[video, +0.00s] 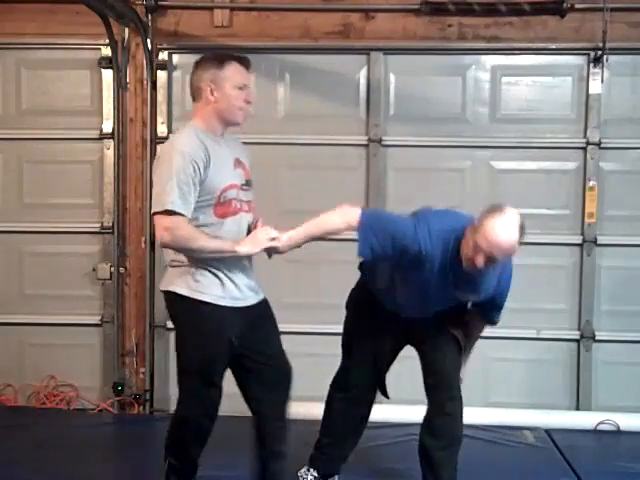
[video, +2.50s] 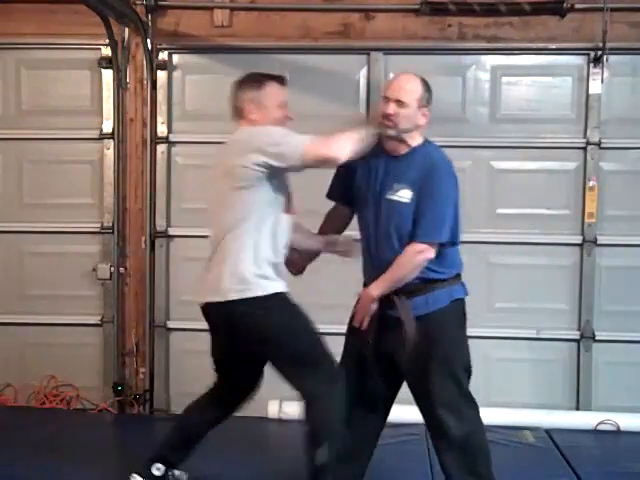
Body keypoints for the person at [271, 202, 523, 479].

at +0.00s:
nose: (479, 262)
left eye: (491, 259)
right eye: (478, 250)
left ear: (505, 256)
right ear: (471, 230)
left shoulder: (498, 273)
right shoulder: (422, 238)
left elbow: (478, 321)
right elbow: (350, 216)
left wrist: (453, 367)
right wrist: (291, 238)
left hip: (437, 315)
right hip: (380, 303)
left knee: (446, 397)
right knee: (355, 384)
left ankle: (440, 475)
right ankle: (321, 470)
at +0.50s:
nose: (395, 121)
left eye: (404, 115)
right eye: (397, 112)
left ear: (435, 125)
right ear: (424, 122)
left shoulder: (464, 179)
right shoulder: (388, 163)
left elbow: (505, 253)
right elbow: (377, 226)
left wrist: (523, 324)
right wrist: (370, 286)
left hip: (455, 302)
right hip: (401, 298)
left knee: (445, 397)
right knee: (395, 395)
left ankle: (442, 472)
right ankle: (401, 470)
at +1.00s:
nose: (382, 105)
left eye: (387, 97)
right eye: (384, 96)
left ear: (410, 102)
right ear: (414, 104)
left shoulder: (436, 157)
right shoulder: (416, 155)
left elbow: (414, 242)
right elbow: (412, 238)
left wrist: (363, 299)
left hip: (449, 293)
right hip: (421, 293)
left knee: (454, 405)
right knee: (394, 403)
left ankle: (487, 476)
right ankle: (398, 474)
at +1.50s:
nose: (423, 110)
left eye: (429, 101)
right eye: (425, 100)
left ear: (455, 105)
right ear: (463, 108)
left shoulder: (441, 164)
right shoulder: (505, 153)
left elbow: (394, 231)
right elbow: (548, 206)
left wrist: (335, 269)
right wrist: (514, 180)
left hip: (456, 304)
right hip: (488, 301)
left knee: (467, 414)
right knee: (405, 393)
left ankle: (497, 478)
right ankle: (392, 475)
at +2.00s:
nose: (376, 106)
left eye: (382, 99)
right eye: (378, 98)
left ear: (405, 107)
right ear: (406, 108)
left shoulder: (427, 168)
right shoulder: (386, 156)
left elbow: (414, 251)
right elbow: (352, 169)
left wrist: (356, 289)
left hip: (421, 309)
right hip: (378, 307)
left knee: (442, 414)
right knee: (343, 404)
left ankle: (487, 477)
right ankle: (336, 475)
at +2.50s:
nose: (387, 110)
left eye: (399, 104)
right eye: (384, 101)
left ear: (423, 115)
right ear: (377, 105)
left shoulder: (434, 168)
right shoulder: (361, 161)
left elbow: (424, 248)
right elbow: (339, 212)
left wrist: (372, 292)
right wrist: (307, 252)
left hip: (431, 307)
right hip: (377, 306)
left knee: (451, 421)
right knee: (352, 414)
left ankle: (476, 477)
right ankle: (338, 477)